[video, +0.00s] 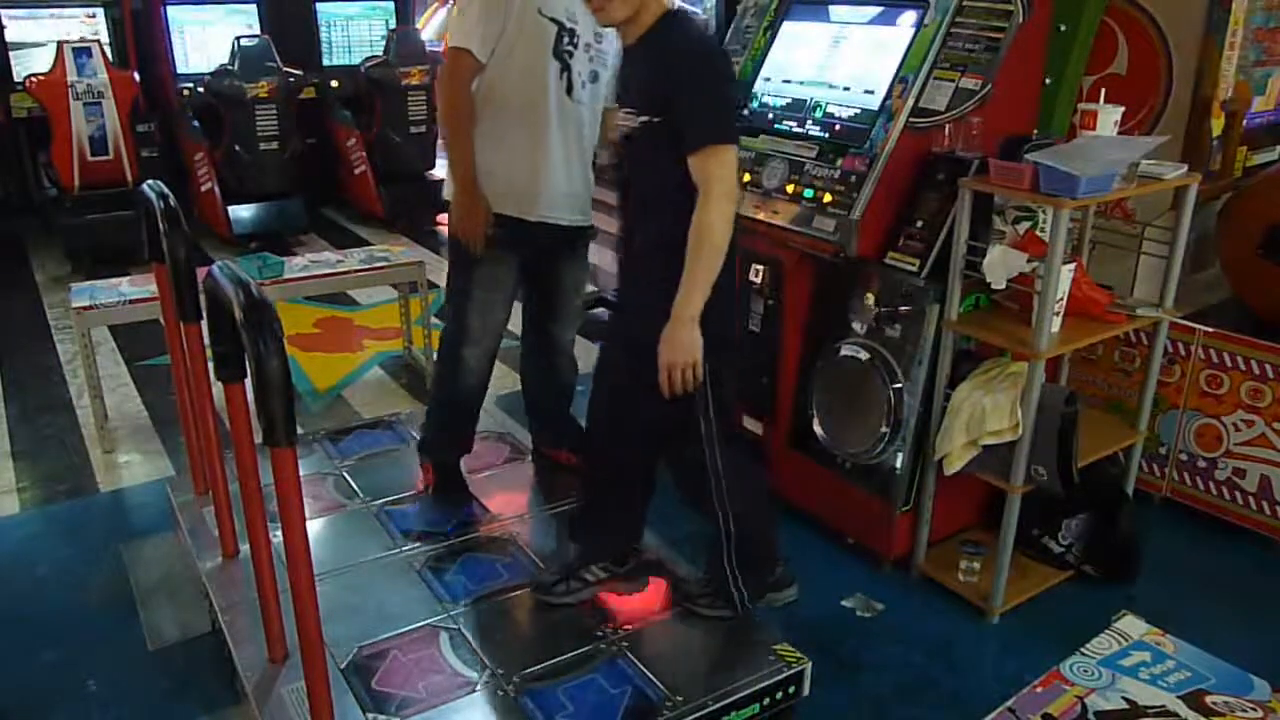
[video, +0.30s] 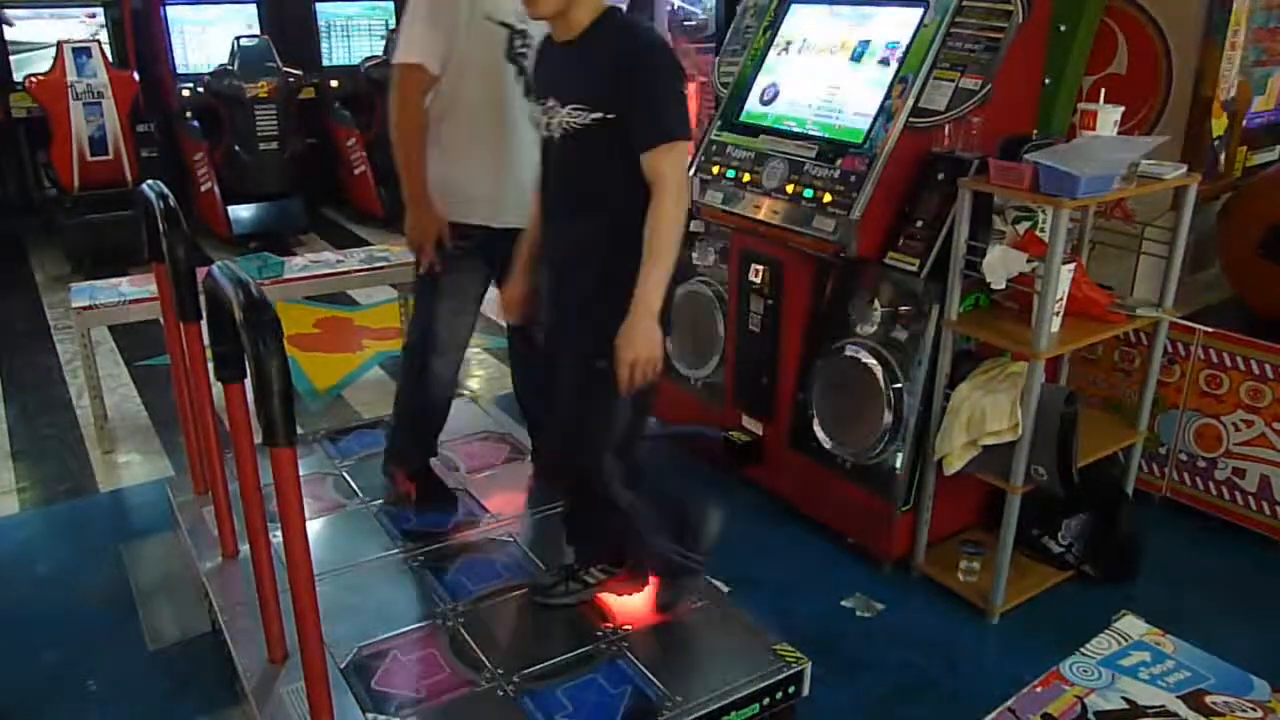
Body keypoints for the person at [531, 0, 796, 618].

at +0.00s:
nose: (593, 3)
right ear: (606, 4)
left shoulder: (693, 55)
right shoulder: (634, 54)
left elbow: (719, 195)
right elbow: (646, 182)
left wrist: (686, 317)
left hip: (686, 300)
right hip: (640, 293)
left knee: (706, 444)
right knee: (615, 427)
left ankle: (755, 567)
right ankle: (610, 549)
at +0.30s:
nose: (526, 2)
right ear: (541, 2)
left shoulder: (641, 53)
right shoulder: (550, 56)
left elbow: (672, 186)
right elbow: (553, 177)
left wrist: (645, 314)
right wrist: (524, 268)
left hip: (620, 294)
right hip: (564, 286)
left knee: (607, 444)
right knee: (568, 435)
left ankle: (671, 553)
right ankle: (603, 556)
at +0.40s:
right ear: (519, 1)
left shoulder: (630, 53)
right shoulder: (521, 51)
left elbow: (660, 187)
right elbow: (519, 168)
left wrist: (630, 311)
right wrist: (487, 265)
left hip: (602, 287)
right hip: (533, 279)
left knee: (583, 454)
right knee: (548, 446)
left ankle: (631, 568)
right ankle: (590, 562)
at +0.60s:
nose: (474, 0)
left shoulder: (603, 53)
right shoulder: (480, 44)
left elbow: (638, 190)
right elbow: (468, 163)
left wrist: (624, 314)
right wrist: (425, 266)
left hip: (583, 285)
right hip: (504, 279)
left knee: (546, 457)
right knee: (554, 425)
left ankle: (520, 623)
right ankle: (600, 542)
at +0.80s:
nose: (449, 2)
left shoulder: (588, 72)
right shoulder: (443, 50)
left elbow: (615, 213)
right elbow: (433, 174)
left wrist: (623, 338)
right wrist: (391, 281)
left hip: (552, 315)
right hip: (470, 309)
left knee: (523, 479)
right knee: (489, 444)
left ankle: (504, 647)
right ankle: (585, 532)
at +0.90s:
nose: (436, 0)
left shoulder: (576, 70)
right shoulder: (423, 49)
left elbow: (606, 214)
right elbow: (418, 166)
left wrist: (613, 344)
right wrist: (380, 277)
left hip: (539, 321)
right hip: (452, 313)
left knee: (514, 502)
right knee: (460, 458)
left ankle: (499, 654)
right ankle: (557, 529)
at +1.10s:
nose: (413, 7)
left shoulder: (559, 69)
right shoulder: (388, 43)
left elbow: (590, 214)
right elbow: (366, 167)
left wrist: (588, 345)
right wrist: (323, 250)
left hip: (521, 327)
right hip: (423, 322)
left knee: (514, 497)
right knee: (428, 489)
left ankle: (506, 661)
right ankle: (455, 624)